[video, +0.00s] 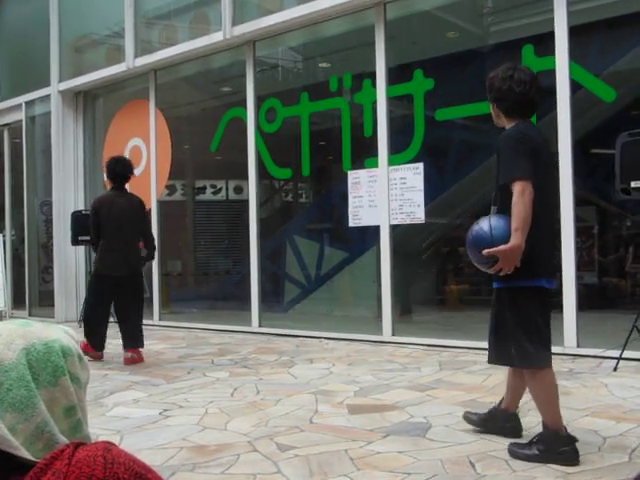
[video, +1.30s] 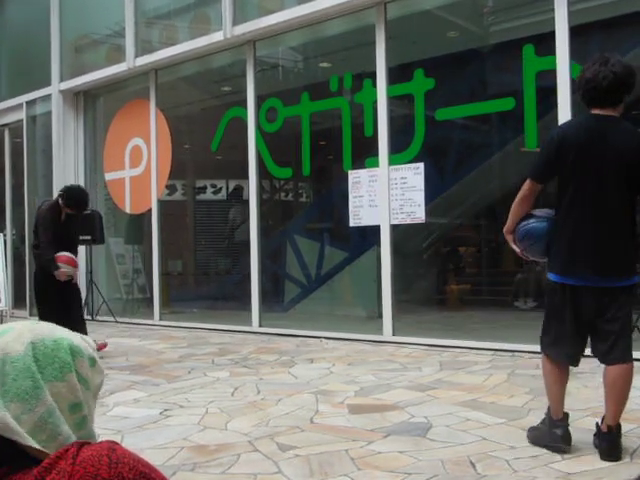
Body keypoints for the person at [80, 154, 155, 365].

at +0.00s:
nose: (104, 176)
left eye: (106, 173)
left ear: (108, 176)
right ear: (129, 177)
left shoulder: (99, 203)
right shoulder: (137, 203)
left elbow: (95, 236)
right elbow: (147, 234)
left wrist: (102, 252)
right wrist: (148, 254)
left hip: (106, 266)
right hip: (131, 265)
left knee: (96, 306)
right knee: (130, 307)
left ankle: (94, 347)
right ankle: (132, 349)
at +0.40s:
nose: (112, 179)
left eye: (111, 175)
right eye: (109, 176)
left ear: (93, 182)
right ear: (103, 180)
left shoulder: (87, 205)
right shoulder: (110, 202)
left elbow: (88, 238)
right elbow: (120, 230)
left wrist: (116, 250)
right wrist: (134, 249)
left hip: (88, 265)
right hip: (107, 264)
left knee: (92, 305)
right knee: (121, 304)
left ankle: (92, 343)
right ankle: (126, 344)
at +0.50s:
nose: (108, 179)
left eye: (106, 175)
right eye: (104, 175)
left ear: (91, 182)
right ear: (95, 180)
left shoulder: (87, 204)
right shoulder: (103, 201)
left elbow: (95, 238)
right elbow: (112, 231)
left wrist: (123, 248)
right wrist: (129, 251)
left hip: (84, 263)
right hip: (99, 263)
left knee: (91, 303)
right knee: (114, 303)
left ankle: (93, 344)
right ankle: (113, 345)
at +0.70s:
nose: (103, 181)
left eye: (102, 178)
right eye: (99, 178)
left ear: (88, 181)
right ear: (88, 180)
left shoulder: (83, 200)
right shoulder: (88, 200)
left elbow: (91, 232)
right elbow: (94, 229)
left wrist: (106, 253)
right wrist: (107, 250)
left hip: (81, 261)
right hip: (85, 261)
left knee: (87, 305)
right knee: (92, 304)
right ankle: (92, 344)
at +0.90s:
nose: (97, 190)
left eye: (99, 186)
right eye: (95, 185)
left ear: (89, 184)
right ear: (83, 182)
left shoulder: (84, 207)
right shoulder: (71, 204)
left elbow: (87, 238)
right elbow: (76, 234)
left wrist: (96, 268)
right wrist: (92, 252)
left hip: (80, 263)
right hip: (72, 263)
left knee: (65, 306)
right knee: (89, 304)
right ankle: (93, 344)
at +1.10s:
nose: (86, 202)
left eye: (88, 199)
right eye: (85, 198)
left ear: (79, 193)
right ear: (76, 191)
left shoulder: (78, 210)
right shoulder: (57, 207)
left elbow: (83, 240)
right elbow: (60, 237)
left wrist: (87, 266)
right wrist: (75, 258)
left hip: (74, 264)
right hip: (56, 264)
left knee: (83, 302)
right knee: (56, 306)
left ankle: (91, 339)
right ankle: (49, 343)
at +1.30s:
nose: (74, 214)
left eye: (77, 212)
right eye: (72, 210)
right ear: (64, 203)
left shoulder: (73, 214)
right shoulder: (47, 212)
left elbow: (73, 244)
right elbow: (44, 245)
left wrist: (73, 270)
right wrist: (54, 268)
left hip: (66, 273)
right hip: (47, 273)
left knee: (74, 313)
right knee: (51, 316)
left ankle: (83, 345)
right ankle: (53, 351)